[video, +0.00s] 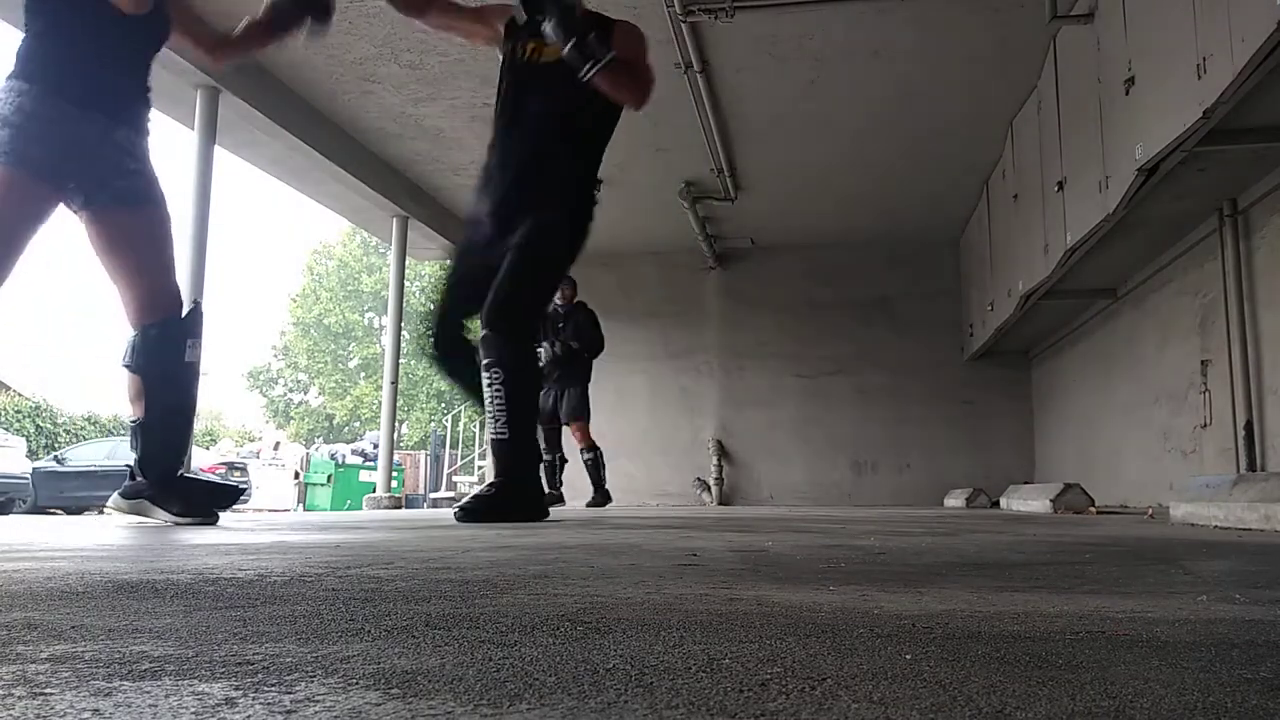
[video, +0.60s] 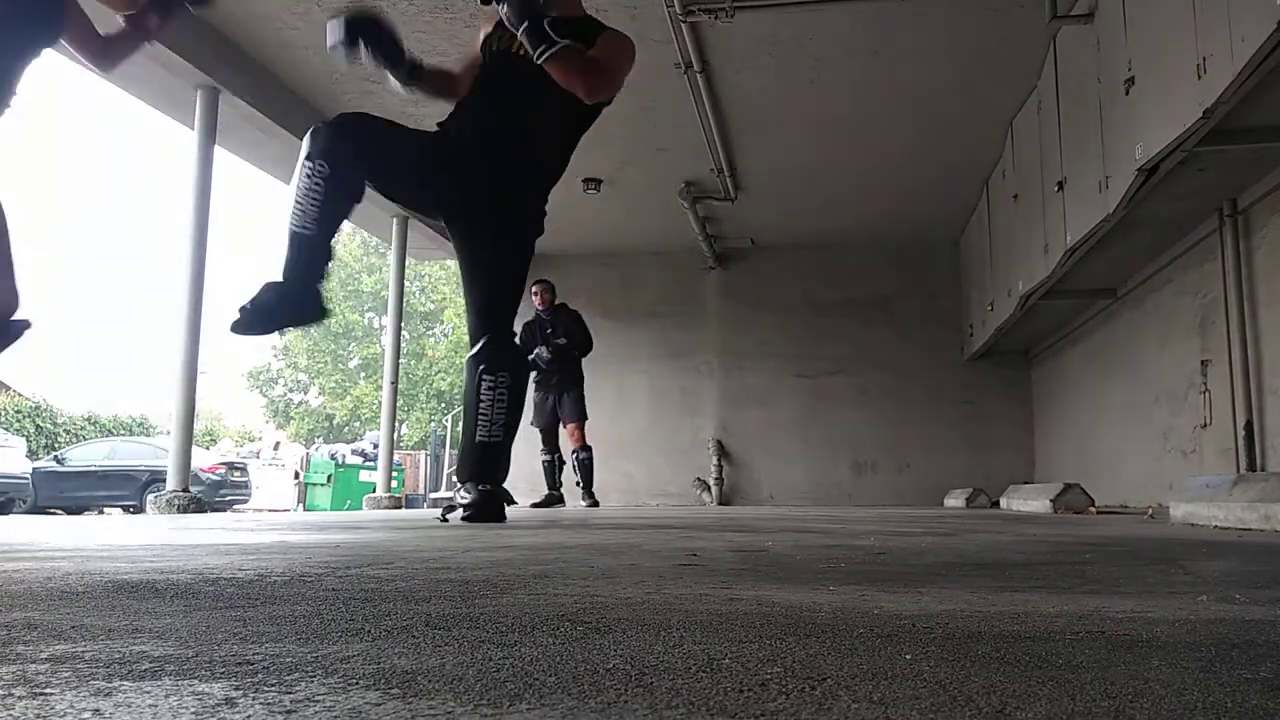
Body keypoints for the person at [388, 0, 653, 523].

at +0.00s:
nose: (540, 3)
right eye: (533, 3)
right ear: (528, 0)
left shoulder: (619, 34)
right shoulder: (511, 24)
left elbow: (635, 94)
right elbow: (427, 10)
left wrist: (574, 41)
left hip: (556, 210)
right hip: (494, 207)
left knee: (504, 325)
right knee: (447, 338)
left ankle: (518, 485)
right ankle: (519, 418)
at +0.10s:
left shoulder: (627, 40)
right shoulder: (514, 24)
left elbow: (643, 82)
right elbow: (434, 41)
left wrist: (582, 19)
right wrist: (351, 37)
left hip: (545, 207)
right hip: (476, 187)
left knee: (501, 320)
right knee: (364, 272)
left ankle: (514, 482)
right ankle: (351, 298)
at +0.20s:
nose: (551, 7)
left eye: (562, 1)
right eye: (544, 6)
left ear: (586, 1)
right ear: (539, 4)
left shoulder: (627, 53)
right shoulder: (513, 37)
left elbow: (633, 88)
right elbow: (456, 92)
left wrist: (577, 22)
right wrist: (377, 116)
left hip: (521, 222)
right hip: (449, 182)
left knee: (496, 341)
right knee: (309, 215)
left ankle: (491, 487)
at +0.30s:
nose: (543, 13)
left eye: (553, 7)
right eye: (542, 9)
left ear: (591, 9)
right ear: (545, 11)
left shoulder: (624, 64)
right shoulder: (519, 48)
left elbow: (615, 103)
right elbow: (498, 56)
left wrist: (567, 38)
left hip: (506, 217)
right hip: (435, 169)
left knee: (492, 348)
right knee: (293, 176)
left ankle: (480, 487)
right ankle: (134, 210)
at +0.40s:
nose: (529, 25)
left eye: (543, 20)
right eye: (528, 21)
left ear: (580, 14)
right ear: (540, 18)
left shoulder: (619, 62)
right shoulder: (518, 42)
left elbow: (597, 105)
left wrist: (539, 39)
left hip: (501, 215)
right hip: (433, 167)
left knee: (494, 344)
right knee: (302, 146)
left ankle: (478, 489)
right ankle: (150, 214)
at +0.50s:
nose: (532, 12)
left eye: (542, 8)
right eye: (529, 10)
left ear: (572, 5)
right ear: (536, 11)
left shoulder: (616, 51)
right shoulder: (512, 38)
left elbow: (588, 91)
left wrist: (530, 36)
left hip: (502, 208)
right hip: (439, 161)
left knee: (492, 342)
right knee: (329, 129)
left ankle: (479, 487)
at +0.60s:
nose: (511, 9)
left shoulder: (612, 44)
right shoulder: (504, 30)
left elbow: (591, 86)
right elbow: (457, 86)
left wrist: (531, 27)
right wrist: (400, 63)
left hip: (506, 202)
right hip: (446, 167)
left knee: (493, 341)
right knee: (340, 137)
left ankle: (484, 485)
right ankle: (300, 286)